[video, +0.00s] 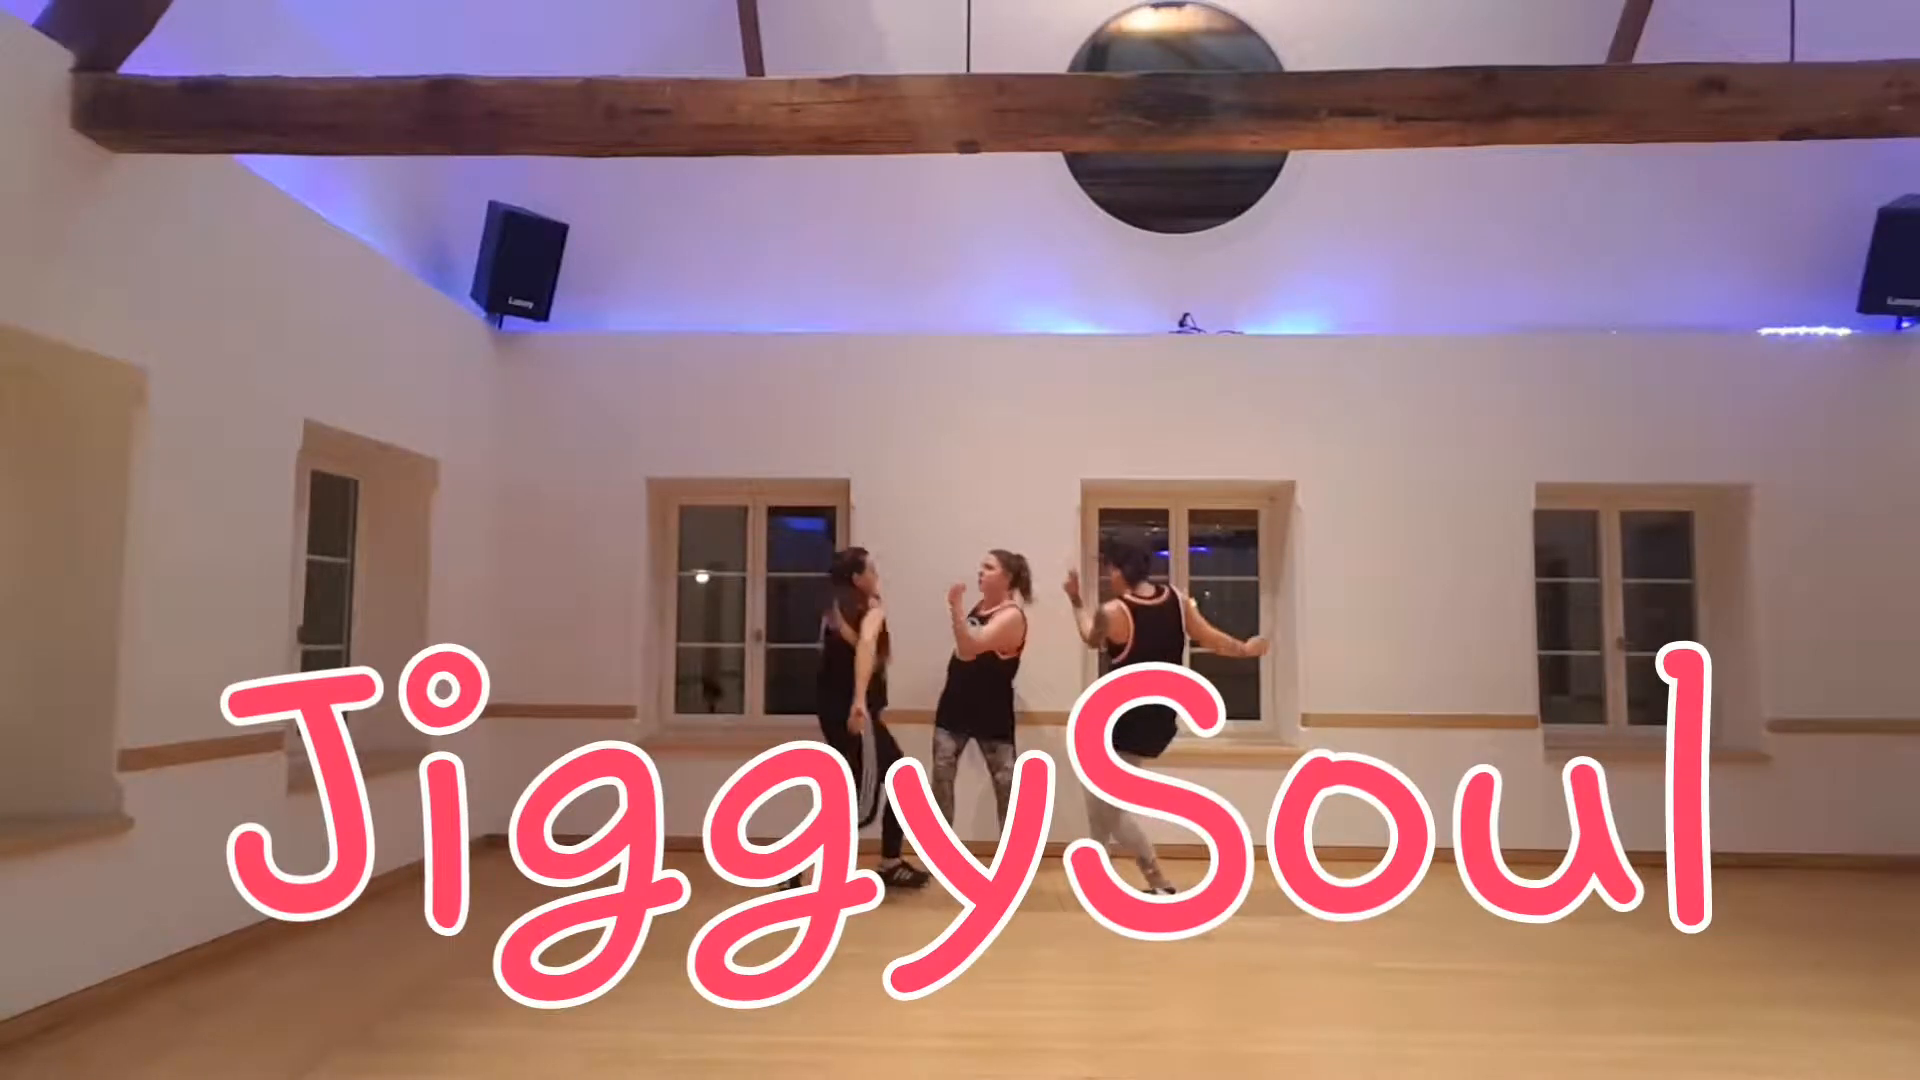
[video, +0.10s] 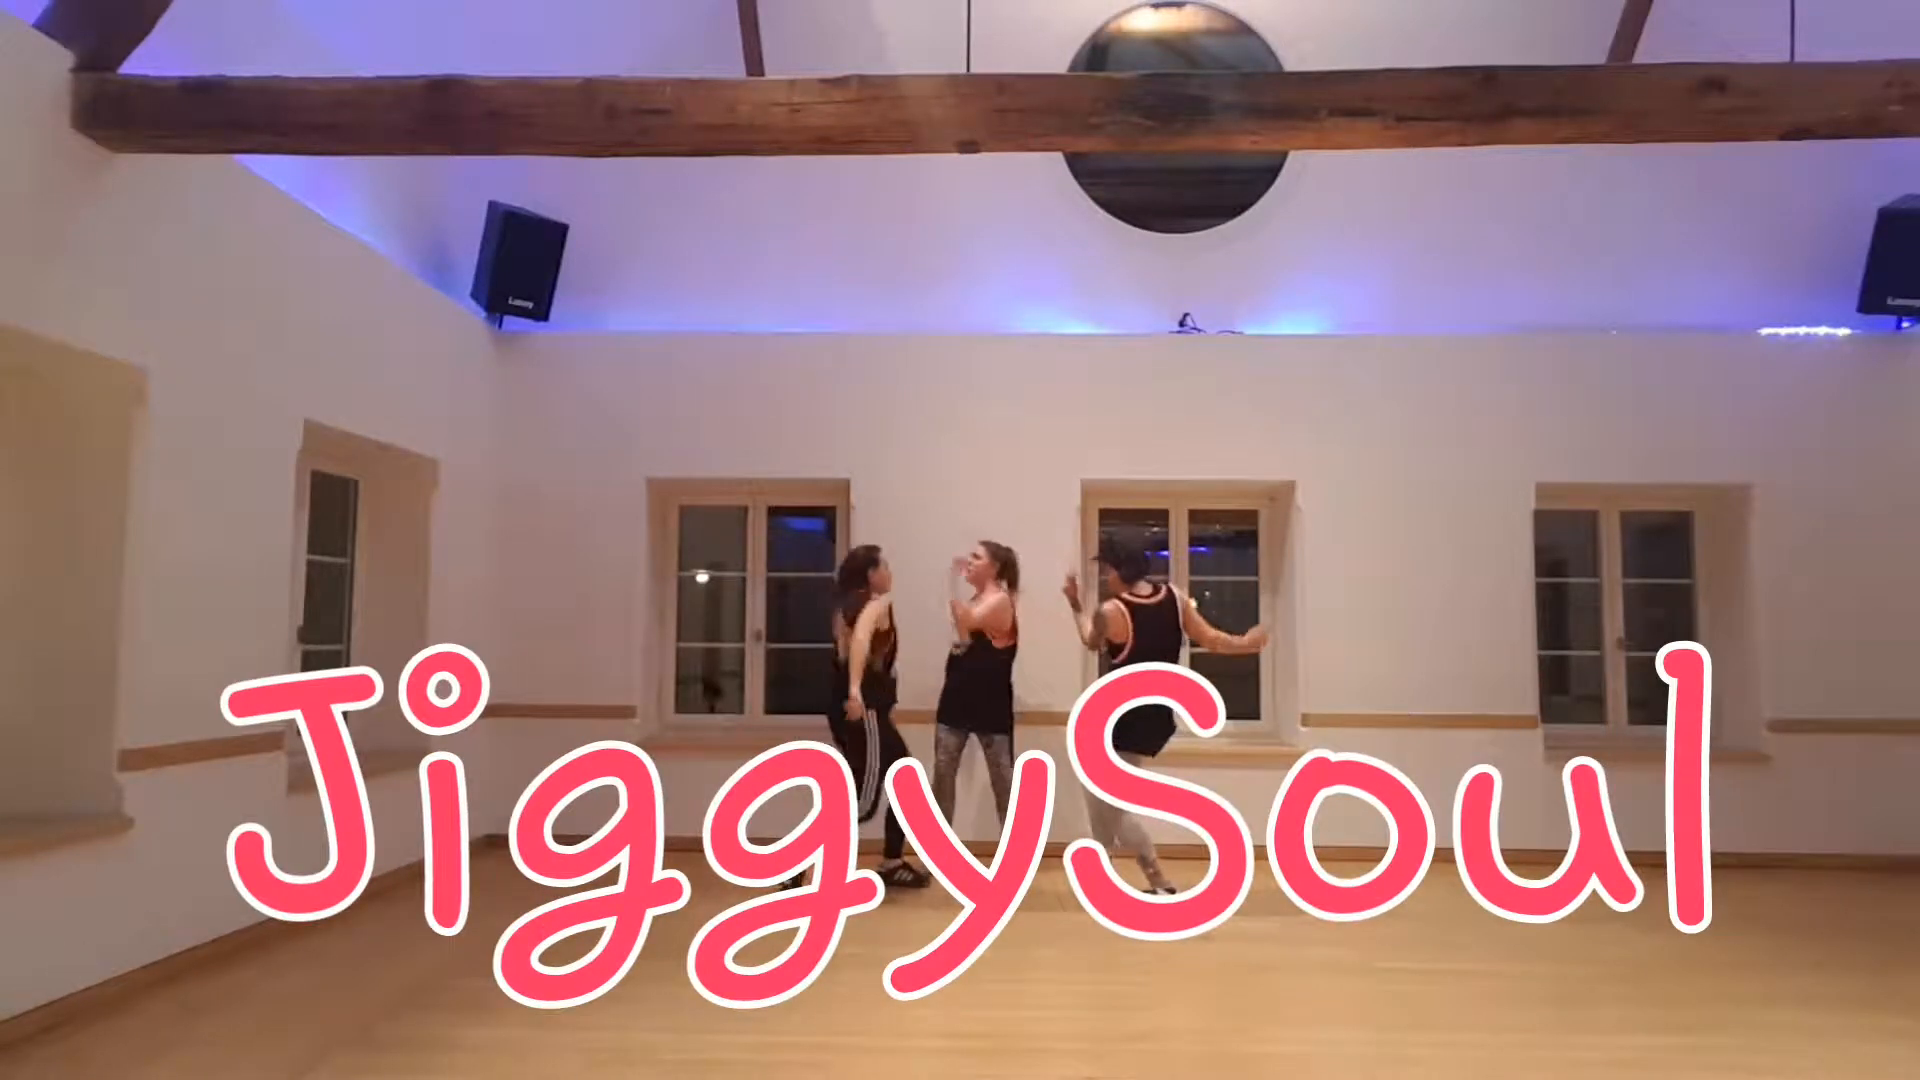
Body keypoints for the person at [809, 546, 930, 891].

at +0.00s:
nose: (876, 574)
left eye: (874, 568)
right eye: (871, 570)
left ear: (847, 578)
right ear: (857, 577)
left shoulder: (834, 609)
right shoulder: (872, 611)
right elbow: (865, 650)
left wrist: (873, 606)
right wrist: (859, 701)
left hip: (832, 712)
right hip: (857, 714)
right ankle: (891, 860)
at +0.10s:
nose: (889, 571)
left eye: (886, 565)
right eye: (883, 566)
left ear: (862, 575)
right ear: (870, 574)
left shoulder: (845, 607)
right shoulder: (878, 604)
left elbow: (843, 655)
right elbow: (860, 641)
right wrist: (854, 692)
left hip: (848, 708)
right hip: (867, 709)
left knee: (901, 774)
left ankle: (893, 861)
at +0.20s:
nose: (903, 560)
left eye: (900, 554)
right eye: (898, 555)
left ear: (883, 560)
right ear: (885, 560)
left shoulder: (887, 594)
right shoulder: (879, 587)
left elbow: (880, 638)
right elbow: (851, 618)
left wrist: (899, 612)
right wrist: (844, 664)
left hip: (884, 694)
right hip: (865, 692)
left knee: (901, 775)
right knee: (864, 780)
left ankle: (892, 861)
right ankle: (805, 853)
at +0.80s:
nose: (903, 557)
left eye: (903, 551)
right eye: (895, 551)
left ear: (902, 557)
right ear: (873, 557)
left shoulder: (916, 585)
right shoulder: (853, 594)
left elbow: (935, 628)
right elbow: (839, 630)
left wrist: (938, 595)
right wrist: (813, 664)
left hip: (912, 692)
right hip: (873, 694)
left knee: (911, 776)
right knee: (870, 776)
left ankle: (892, 860)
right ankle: (850, 855)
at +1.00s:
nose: (894, 565)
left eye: (893, 558)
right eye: (886, 560)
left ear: (892, 563)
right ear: (864, 568)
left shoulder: (907, 590)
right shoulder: (846, 603)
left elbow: (932, 616)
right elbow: (825, 636)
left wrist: (962, 642)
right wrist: (797, 658)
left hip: (906, 702)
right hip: (864, 704)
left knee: (915, 780)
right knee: (850, 783)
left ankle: (893, 863)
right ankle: (830, 860)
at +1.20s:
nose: (888, 572)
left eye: (886, 565)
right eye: (879, 568)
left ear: (887, 572)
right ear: (856, 577)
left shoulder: (907, 604)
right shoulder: (839, 620)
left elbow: (936, 651)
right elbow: (806, 657)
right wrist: (775, 685)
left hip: (894, 712)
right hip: (851, 714)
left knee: (915, 794)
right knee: (838, 794)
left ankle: (892, 864)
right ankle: (833, 866)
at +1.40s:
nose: (897, 559)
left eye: (896, 553)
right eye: (890, 554)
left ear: (886, 562)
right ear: (868, 562)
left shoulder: (908, 592)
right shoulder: (841, 608)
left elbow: (925, 648)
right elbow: (801, 635)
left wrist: (964, 679)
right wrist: (752, 658)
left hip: (899, 703)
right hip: (859, 705)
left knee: (910, 786)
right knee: (848, 790)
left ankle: (892, 864)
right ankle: (834, 873)